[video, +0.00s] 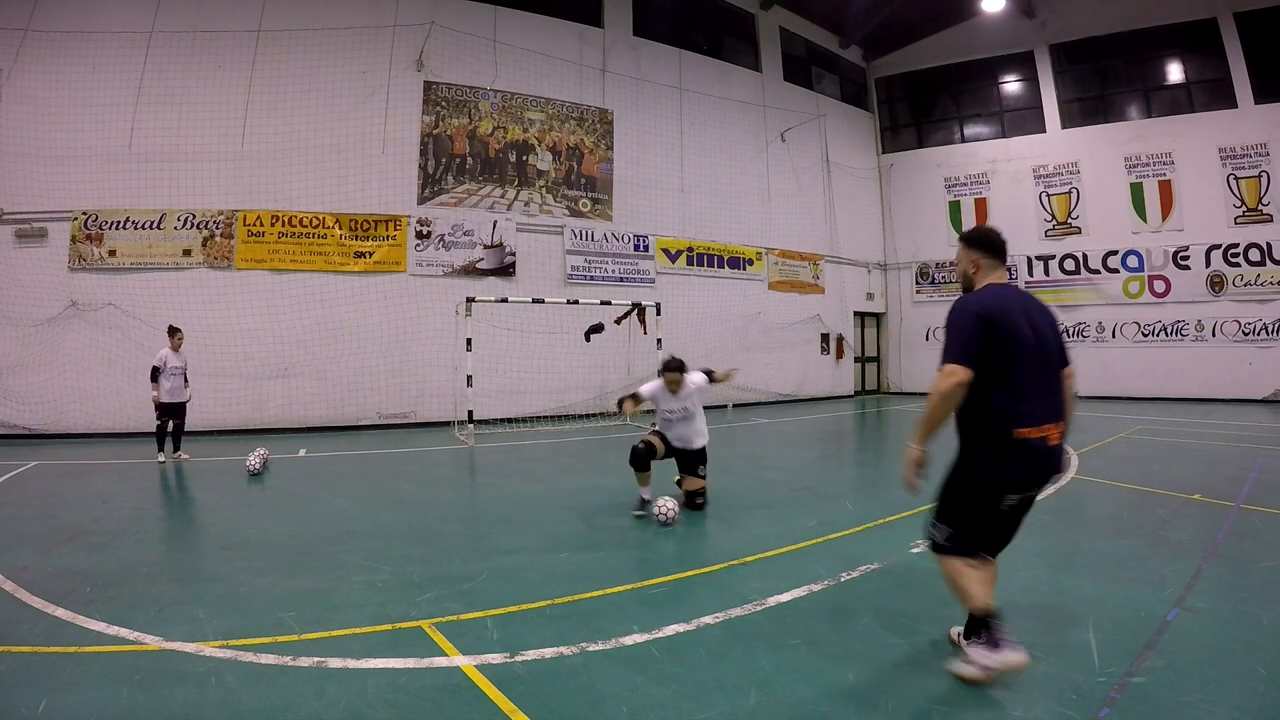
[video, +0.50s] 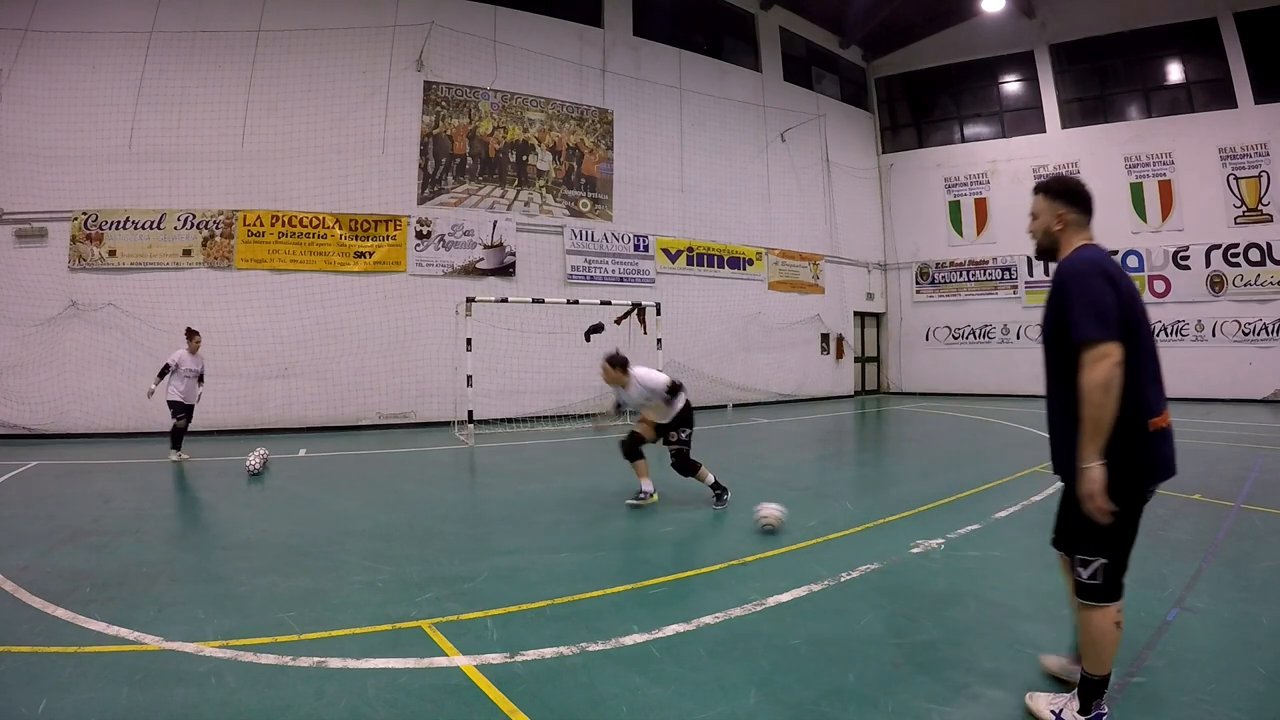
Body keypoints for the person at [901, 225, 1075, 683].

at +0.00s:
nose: (957, 268)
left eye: (959, 261)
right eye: (958, 260)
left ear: (972, 261)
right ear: (1003, 261)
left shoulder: (970, 309)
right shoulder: (1036, 307)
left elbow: (954, 380)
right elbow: (1065, 380)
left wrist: (919, 441)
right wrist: (1056, 437)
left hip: (993, 452)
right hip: (1041, 451)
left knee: (947, 542)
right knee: (983, 544)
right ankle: (976, 631)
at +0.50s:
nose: (1029, 227)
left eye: (1035, 217)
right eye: (1030, 217)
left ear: (1060, 218)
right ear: (1070, 219)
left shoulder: (1084, 271)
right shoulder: (1084, 267)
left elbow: (1104, 364)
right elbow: (1103, 364)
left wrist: (1090, 459)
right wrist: (1085, 454)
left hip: (1118, 455)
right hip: (1109, 450)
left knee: (1098, 579)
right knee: (1072, 550)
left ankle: (1091, 704)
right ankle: (1085, 658)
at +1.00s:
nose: (1114, 221)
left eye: (1123, 211)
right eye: (1115, 211)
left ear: (1157, 216)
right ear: (1158, 219)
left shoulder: (1170, 279)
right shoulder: (1181, 274)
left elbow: (1190, 375)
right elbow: (1192, 378)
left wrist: (1149, 469)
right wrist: (1152, 462)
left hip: (1168, 473)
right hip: (1197, 467)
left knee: (1128, 595)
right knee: (1194, 576)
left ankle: (1089, 706)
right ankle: (1219, 686)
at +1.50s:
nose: (1183, 220)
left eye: (1192, 209)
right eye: (1186, 210)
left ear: (1223, 215)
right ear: (1230, 216)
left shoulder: (1231, 274)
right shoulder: (1254, 270)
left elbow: (1242, 368)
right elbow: (1255, 372)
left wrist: (1215, 461)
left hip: (1225, 466)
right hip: (1261, 462)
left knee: (1181, 590)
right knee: (1256, 583)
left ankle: (1140, 706)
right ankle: (1230, 693)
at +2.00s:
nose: (1189, 222)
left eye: (1197, 211)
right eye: (1191, 211)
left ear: (1226, 216)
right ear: (1237, 218)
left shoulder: (1234, 273)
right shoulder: (1264, 270)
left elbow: (1227, 366)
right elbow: (1256, 369)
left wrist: (1179, 442)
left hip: (1221, 455)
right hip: (1261, 454)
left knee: (1166, 570)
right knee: (1248, 578)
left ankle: (1138, 690)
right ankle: (1228, 692)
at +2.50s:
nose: (1135, 229)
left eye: (1143, 220)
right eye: (1136, 220)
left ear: (1171, 225)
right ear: (1177, 227)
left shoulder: (1182, 283)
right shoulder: (1207, 277)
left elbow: (1192, 373)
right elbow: (1211, 373)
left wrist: (1176, 461)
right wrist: (1182, 455)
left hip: (1184, 462)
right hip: (1220, 459)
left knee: (1157, 576)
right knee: (1210, 570)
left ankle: (1127, 677)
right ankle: (1223, 685)